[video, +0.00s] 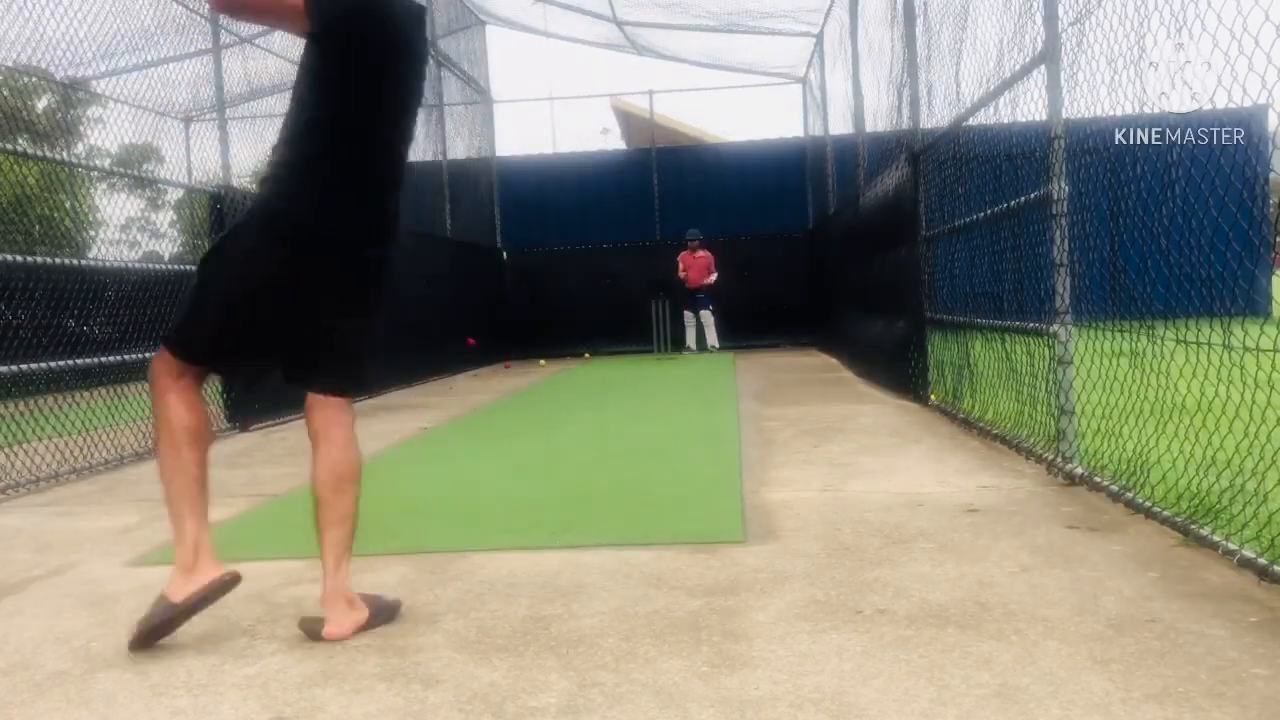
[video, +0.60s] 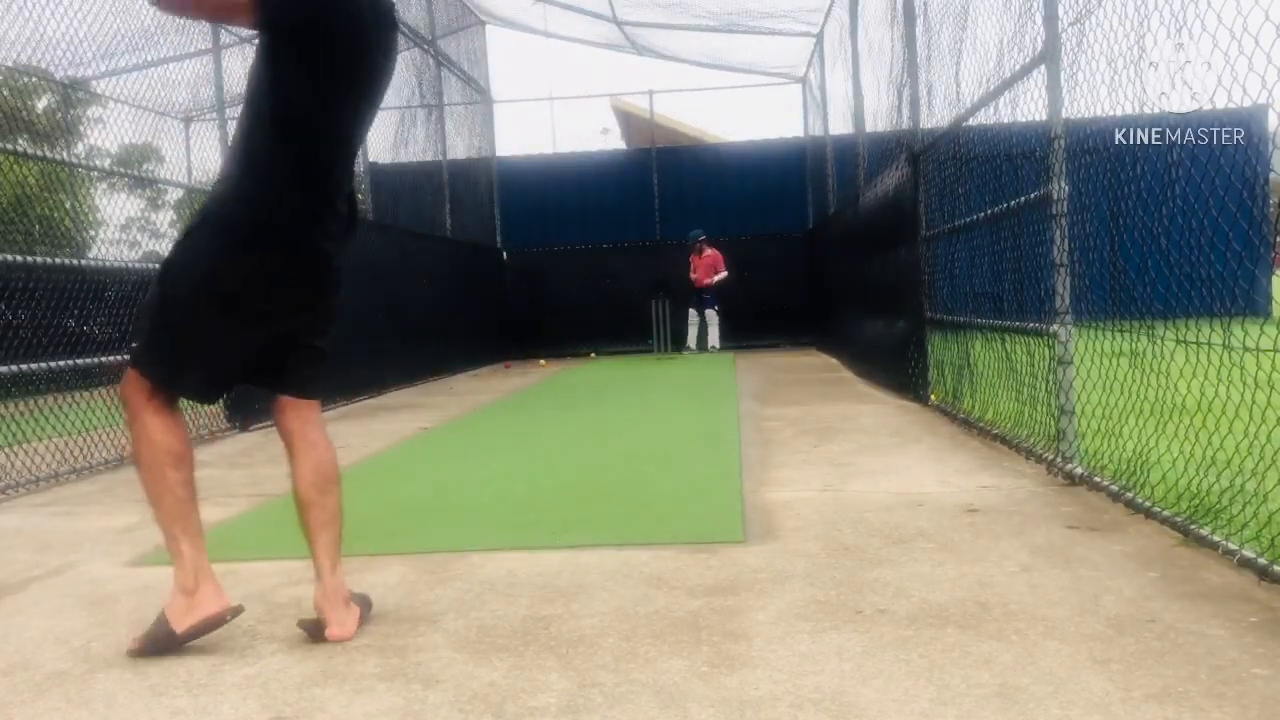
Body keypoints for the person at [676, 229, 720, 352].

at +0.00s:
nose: (692, 243)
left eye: (694, 241)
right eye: (689, 241)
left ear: (699, 241)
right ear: (687, 242)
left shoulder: (707, 255)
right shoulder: (682, 256)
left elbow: (713, 272)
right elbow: (680, 272)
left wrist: (711, 279)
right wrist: (684, 275)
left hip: (702, 289)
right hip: (688, 290)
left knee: (706, 316)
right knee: (689, 318)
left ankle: (713, 345)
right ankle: (690, 346)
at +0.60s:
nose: (693, 247)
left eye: (695, 244)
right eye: (692, 244)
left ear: (702, 242)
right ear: (693, 244)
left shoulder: (714, 254)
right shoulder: (693, 257)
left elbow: (723, 272)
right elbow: (691, 272)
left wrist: (713, 279)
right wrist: (694, 277)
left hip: (709, 288)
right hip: (697, 288)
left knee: (710, 314)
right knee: (693, 314)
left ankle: (713, 345)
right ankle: (691, 345)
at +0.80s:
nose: (718, 274)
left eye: (720, 272)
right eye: (716, 271)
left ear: (721, 273)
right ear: (710, 270)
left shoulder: (715, 281)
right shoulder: (702, 282)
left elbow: (713, 293)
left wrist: (714, 301)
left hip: (702, 303)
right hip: (690, 304)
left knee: (703, 328)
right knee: (689, 329)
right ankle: (685, 356)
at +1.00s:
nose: (714, 268)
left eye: (716, 265)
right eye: (712, 265)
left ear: (718, 266)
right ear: (707, 264)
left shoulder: (716, 275)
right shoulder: (699, 275)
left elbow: (716, 288)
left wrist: (719, 298)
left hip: (702, 302)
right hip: (689, 302)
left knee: (705, 326)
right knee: (680, 326)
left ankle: (707, 356)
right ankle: (673, 350)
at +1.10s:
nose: (711, 263)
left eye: (713, 261)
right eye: (709, 260)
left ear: (716, 262)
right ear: (704, 260)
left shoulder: (715, 275)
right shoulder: (695, 271)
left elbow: (718, 292)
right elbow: (687, 290)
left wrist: (721, 305)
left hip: (703, 304)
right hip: (689, 302)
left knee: (704, 325)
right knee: (678, 324)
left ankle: (707, 356)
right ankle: (674, 352)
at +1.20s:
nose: (707, 260)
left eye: (709, 257)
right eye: (704, 257)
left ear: (712, 259)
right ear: (700, 258)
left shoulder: (713, 274)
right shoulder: (690, 269)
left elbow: (716, 292)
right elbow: (681, 280)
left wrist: (719, 303)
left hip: (700, 303)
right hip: (685, 301)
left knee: (704, 326)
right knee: (678, 326)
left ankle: (707, 356)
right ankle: (674, 354)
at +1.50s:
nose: (689, 256)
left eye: (691, 253)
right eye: (686, 253)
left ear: (695, 254)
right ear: (682, 255)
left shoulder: (699, 268)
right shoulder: (675, 268)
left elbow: (703, 286)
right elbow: (667, 282)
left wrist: (704, 297)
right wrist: (662, 289)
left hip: (693, 303)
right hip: (678, 303)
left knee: (699, 326)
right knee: (675, 329)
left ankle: (706, 355)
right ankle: (674, 357)